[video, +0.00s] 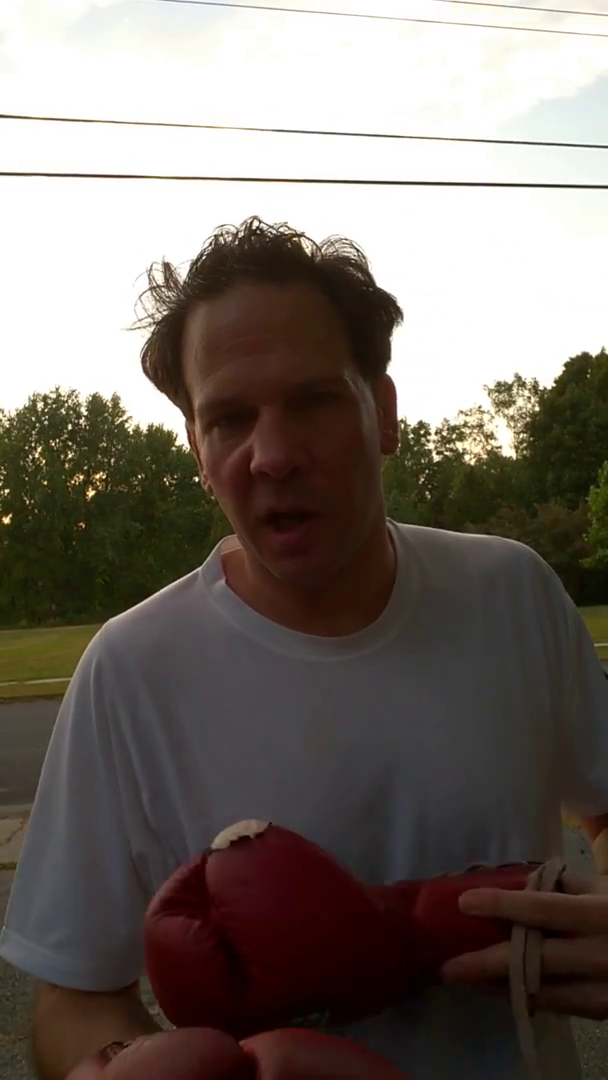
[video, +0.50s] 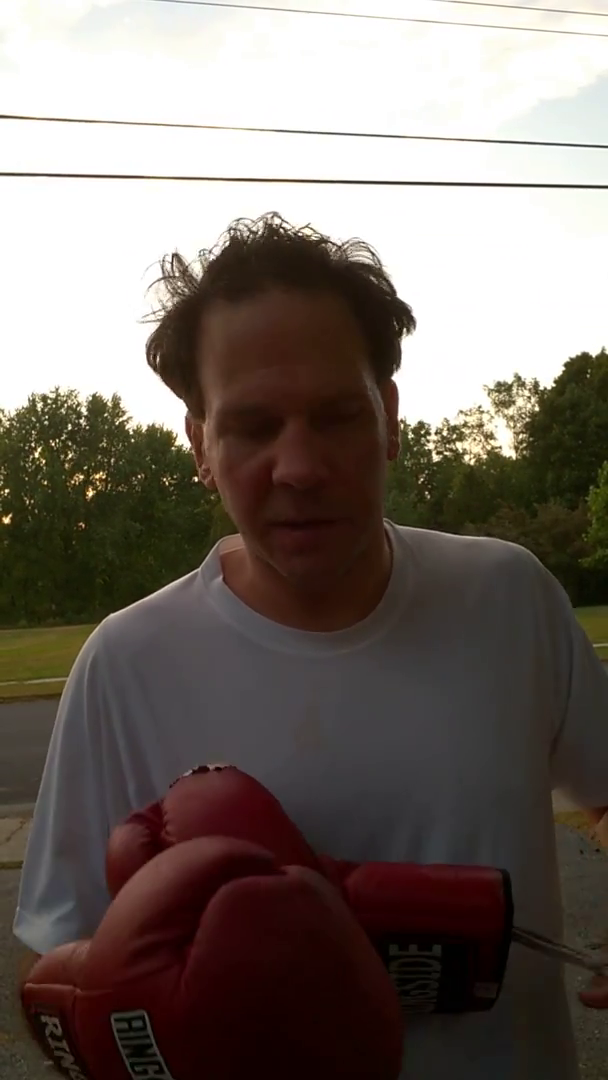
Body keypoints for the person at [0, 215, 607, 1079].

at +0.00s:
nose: (273, 455)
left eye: (313, 401)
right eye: (230, 419)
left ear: (384, 415)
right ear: (199, 455)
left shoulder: (514, 596)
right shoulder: (130, 670)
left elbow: (603, 813)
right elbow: (76, 993)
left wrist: (597, 935)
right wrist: (133, 1056)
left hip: (510, 1063)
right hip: (259, 1070)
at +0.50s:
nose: (300, 467)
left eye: (336, 418)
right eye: (255, 426)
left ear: (389, 423)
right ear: (201, 450)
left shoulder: (512, 600)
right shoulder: (125, 666)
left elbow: (605, 791)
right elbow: (53, 945)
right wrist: (111, 969)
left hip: (518, 1064)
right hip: (247, 1070)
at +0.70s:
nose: (389, 543)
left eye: (417, 489)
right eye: (339, 499)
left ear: (437, 446)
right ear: (231, 464)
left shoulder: (503, 601)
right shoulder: (126, 667)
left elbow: (601, 790)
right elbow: (43, 977)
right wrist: (75, 927)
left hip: (524, 1064)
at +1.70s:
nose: (304, 468)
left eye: (340, 415)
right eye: (260, 430)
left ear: (400, 418)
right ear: (219, 451)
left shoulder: (514, 606)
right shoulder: (138, 652)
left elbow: (596, 807)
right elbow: (47, 975)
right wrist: (99, 901)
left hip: (514, 1064)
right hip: (253, 1066)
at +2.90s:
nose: (237, 445)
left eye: (279, 396)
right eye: (206, 412)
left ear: (364, 421)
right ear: (188, 447)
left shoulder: (491, 601)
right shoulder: (116, 641)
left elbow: (607, 842)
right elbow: (81, 1036)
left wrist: (495, 818)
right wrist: (145, 865)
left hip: (486, 1061)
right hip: (228, 1069)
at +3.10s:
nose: (144, 451)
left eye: (186, 403)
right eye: (140, 416)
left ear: (314, 419)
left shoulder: (484, 597)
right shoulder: (104, 641)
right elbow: (91, 1038)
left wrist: (503, 813)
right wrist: (163, 868)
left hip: (469, 1060)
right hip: (215, 1068)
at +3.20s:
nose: (111, 456)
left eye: (154, 404)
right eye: (117, 415)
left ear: (283, 426)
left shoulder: (477, 599)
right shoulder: (94, 645)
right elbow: (78, 1043)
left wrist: (477, 816)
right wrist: (159, 834)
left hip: (460, 1062)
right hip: (210, 1068)